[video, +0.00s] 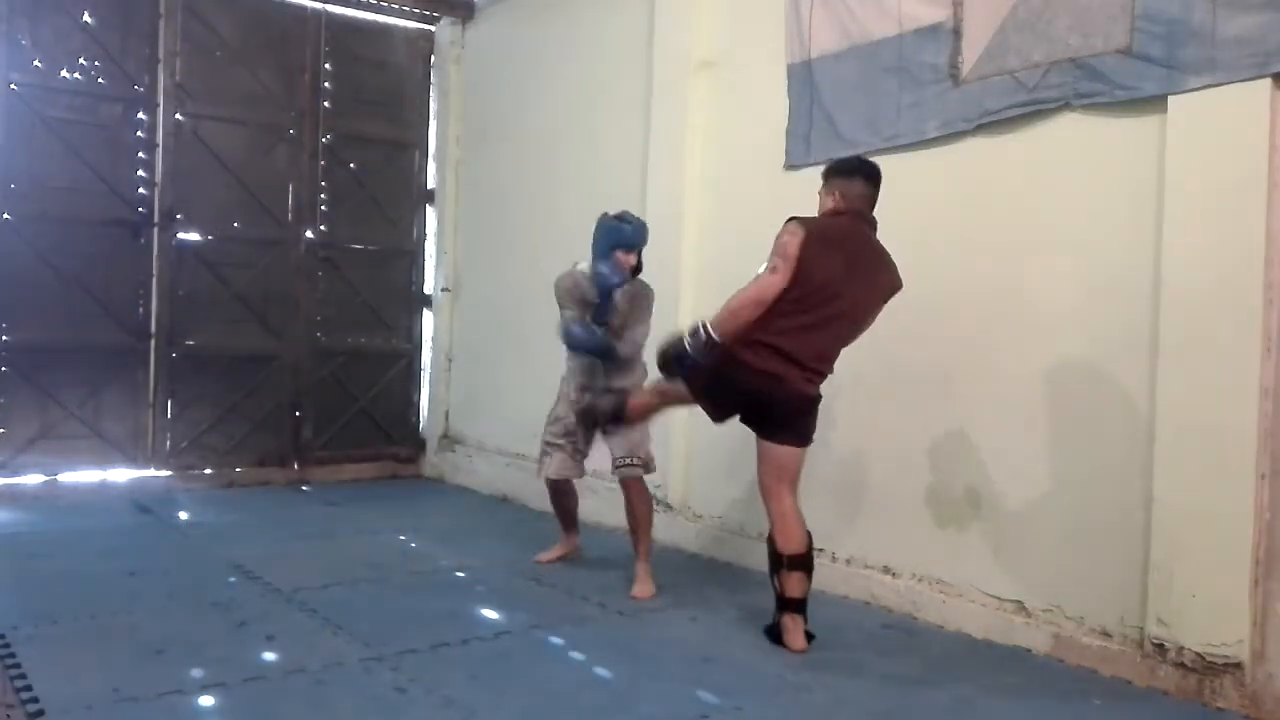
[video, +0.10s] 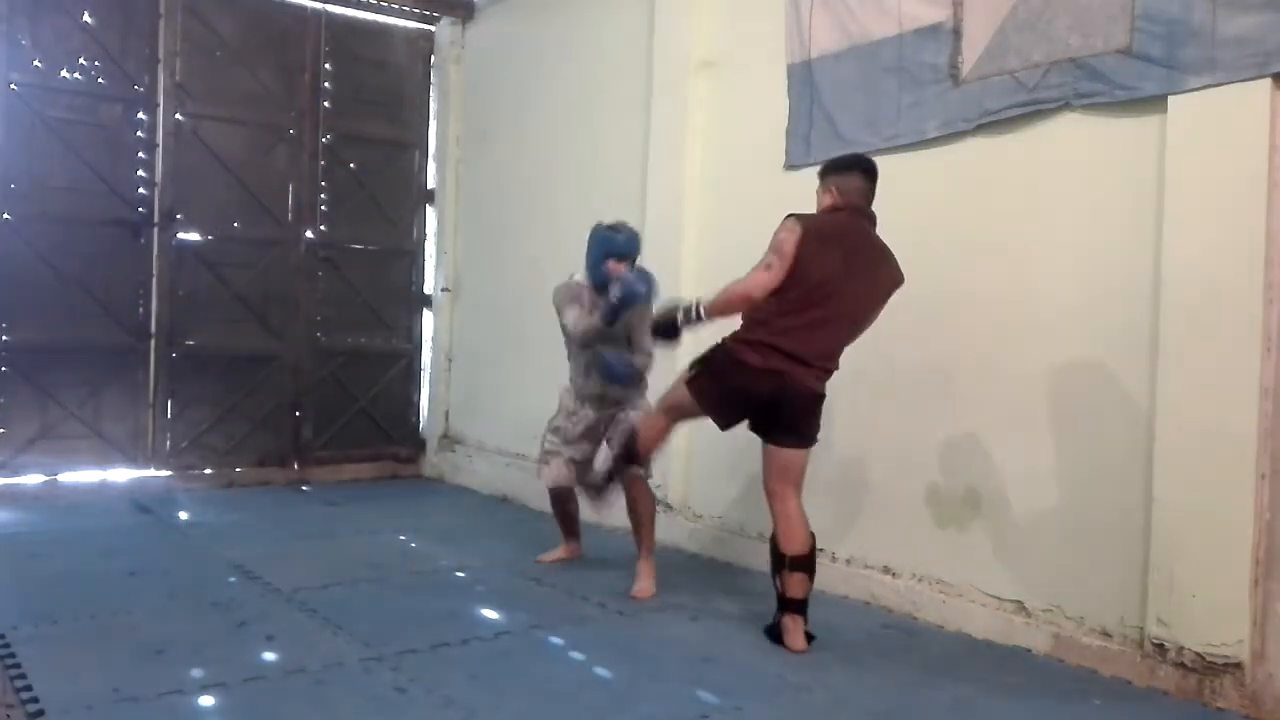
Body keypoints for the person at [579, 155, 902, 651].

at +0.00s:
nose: (820, 202)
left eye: (823, 194)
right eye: (824, 194)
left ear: (834, 198)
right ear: (872, 204)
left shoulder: (802, 232)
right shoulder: (887, 275)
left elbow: (767, 289)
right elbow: (843, 334)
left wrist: (704, 338)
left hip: (738, 366)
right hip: (795, 396)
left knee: (665, 392)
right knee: (782, 497)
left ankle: (610, 413)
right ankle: (794, 625)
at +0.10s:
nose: (818, 200)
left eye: (820, 192)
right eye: (820, 193)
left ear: (831, 194)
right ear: (870, 200)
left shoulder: (801, 228)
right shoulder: (889, 270)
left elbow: (756, 288)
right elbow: (846, 330)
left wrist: (687, 315)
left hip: (743, 367)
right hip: (802, 393)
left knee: (668, 412)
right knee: (786, 495)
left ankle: (613, 473)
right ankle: (793, 623)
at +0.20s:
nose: (803, 196)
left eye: (804, 188)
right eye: (804, 189)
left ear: (816, 189)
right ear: (855, 192)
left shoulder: (788, 226)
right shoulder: (882, 257)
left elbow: (728, 292)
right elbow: (840, 310)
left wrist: (704, 260)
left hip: (750, 378)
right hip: (812, 394)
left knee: (688, 446)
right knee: (795, 497)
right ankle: (796, 627)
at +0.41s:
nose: (761, 211)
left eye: (760, 204)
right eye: (763, 204)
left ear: (769, 198)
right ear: (810, 192)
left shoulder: (762, 230)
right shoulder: (852, 237)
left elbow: (737, 300)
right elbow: (817, 291)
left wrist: (741, 249)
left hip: (755, 388)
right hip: (820, 395)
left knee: (717, 494)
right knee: (800, 505)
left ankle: (743, 616)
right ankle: (801, 630)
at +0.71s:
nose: (699, 206)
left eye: (698, 199)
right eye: (701, 198)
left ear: (704, 193)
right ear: (744, 183)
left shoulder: (693, 221)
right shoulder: (797, 217)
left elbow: (697, 288)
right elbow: (785, 281)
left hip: (726, 378)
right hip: (788, 380)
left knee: (704, 510)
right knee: (769, 500)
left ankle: (758, 656)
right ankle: (798, 642)